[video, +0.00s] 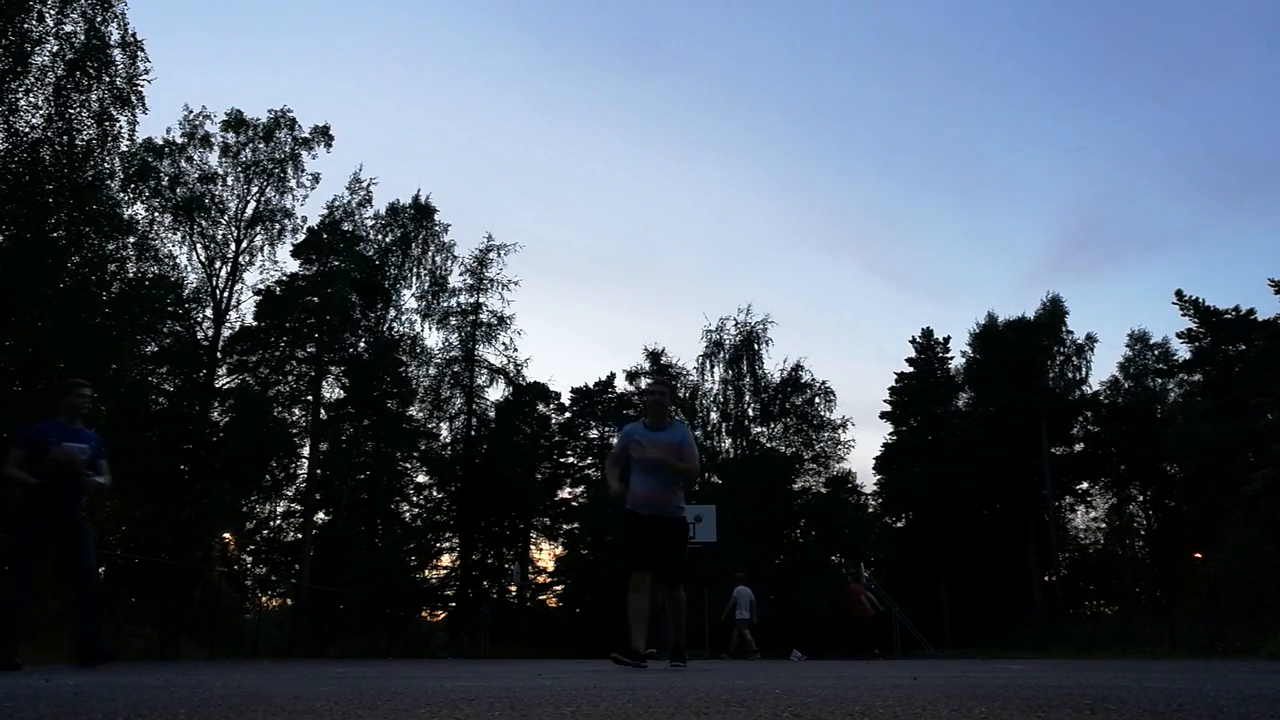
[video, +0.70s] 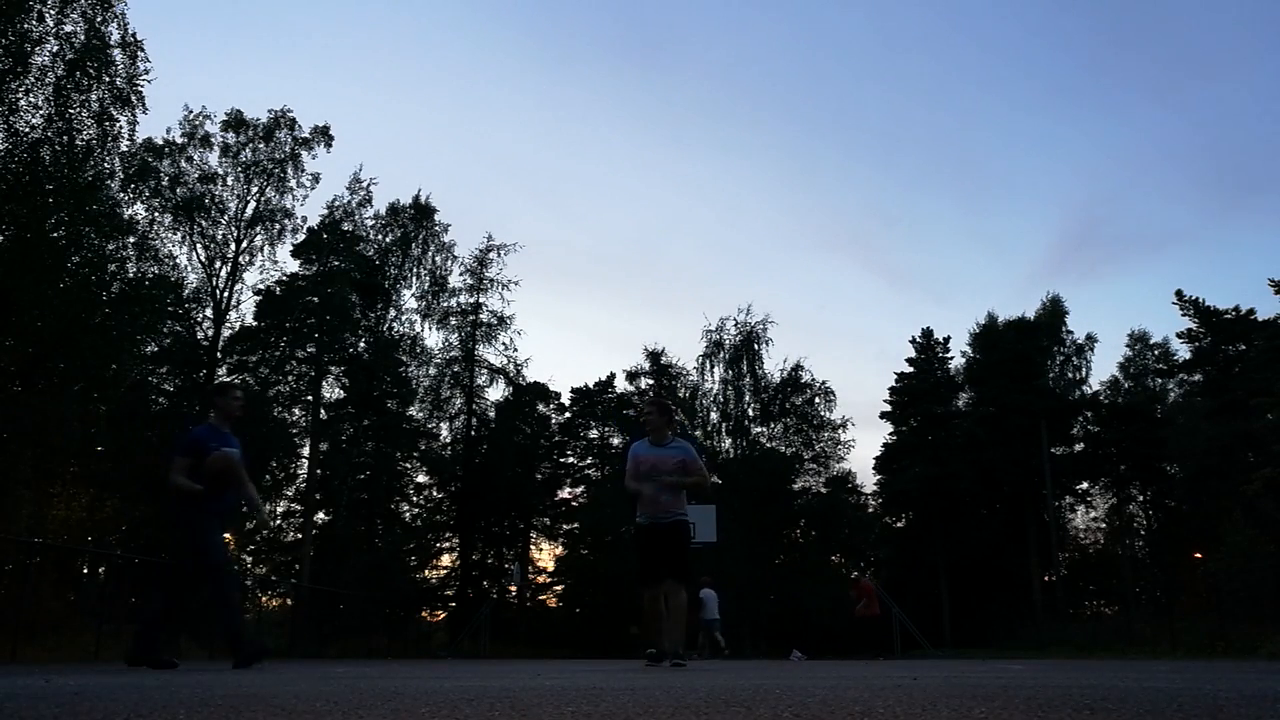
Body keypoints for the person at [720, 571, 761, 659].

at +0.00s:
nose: (737, 582)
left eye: (737, 581)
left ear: (737, 581)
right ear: (744, 581)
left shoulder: (737, 590)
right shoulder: (748, 590)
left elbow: (732, 602)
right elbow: (753, 602)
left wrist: (725, 613)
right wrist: (754, 614)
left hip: (739, 616)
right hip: (747, 616)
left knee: (746, 633)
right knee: (737, 633)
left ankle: (754, 651)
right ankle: (732, 650)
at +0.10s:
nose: (732, 582)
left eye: (732, 580)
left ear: (732, 581)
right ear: (739, 581)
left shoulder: (731, 589)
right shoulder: (743, 590)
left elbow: (727, 601)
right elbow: (748, 601)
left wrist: (721, 612)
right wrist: (747, 613)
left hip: (733, 616)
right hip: (741, 616)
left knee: (735, 633)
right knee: (735, 633)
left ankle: (749, 647)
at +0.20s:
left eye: (728, 579)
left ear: (728, 580)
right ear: (735, 580)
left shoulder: (727, 589)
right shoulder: (738, 589)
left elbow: (724, 600)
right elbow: (742, 600)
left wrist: (719, 610)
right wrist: (741, 610)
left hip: (728, 615)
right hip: (737, 614)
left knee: (726, 632)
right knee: (733, 632)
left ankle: (738, 643)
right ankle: (729, 653)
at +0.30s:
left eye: (724, 579)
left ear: (723, 579)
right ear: (731, 579)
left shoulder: (722, 588)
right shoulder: (734, 588)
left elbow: (720, 600)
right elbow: (738, 599)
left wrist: (717, 610)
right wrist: (736, 608)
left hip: (724, 613)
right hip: (733, 613)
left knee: (720, 631)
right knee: (731, 631)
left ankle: (727, 646)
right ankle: (730, 648)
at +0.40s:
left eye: (720, 580)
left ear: (719, 580)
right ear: (726, 580)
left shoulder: (718, 589)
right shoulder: (729, 589)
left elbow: (716, 601)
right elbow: (732, 599)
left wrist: (714, 611)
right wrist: (731, 609)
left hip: (719, 614)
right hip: (729, 614)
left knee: (716, 632)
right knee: (729, 633)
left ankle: (717, 651)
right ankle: (729, 651)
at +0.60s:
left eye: (709, 583)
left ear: (709, 584)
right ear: (716, 584)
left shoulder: (708, 592)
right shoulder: (720, 592)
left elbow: (707, 605)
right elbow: (722, 603)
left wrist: (706, 615)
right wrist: (721, 612)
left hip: (711, 617)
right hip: (721, 616)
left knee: (707, 634)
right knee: (723, 634)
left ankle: (706, 651)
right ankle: (727, 651)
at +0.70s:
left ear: (702, 584)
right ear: (710, 584)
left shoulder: (702, 592)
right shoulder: (713, 593)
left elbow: (702, 605)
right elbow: (716, 604)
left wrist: (700, 613)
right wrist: (716, 612)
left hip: (705, 616)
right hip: (715, 616)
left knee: (703, 633)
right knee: (716, 633)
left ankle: (701, 651)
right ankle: (724, 648)